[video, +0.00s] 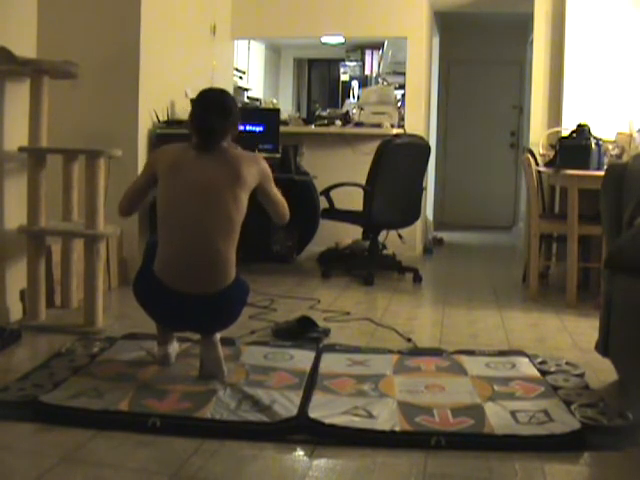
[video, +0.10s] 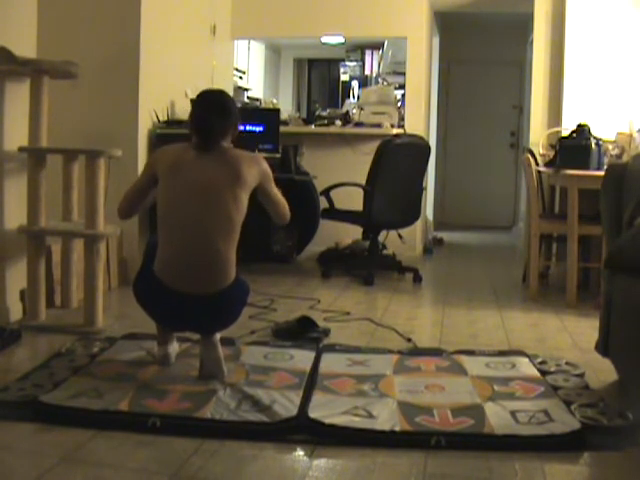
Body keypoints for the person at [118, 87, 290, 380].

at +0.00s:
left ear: (191, 122)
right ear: (234, 128)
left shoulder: (164, 157)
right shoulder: (251, 165)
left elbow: (125, 208)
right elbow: (282, 216)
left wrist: (156, 181)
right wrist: (260, 175)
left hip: (165, 308)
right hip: (218, 311)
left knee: (155, 242)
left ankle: (165, 345)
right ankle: (211, 342)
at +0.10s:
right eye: (235, 125)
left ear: (191, 123)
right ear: (234, 130)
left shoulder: (164, 158)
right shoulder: (251, 165)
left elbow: (124, 211)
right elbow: (283, 216)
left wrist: (157, 183)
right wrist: (262, 176)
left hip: (166, 308)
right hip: (218, 311)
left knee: (155, 241)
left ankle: (165, 345)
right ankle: (211, 342)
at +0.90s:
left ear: (196, 127)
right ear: (238, 136)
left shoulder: (168, 159)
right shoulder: (256, 169)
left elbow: (124, 210)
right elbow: (281, 232)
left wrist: (167, 195)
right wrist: (247, 205)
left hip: (166, 309)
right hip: (219, 312)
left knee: (153, 235)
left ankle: (164, 345)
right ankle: (210, 342)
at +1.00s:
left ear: (196, 125)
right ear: (238, 135)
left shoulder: (169, 156)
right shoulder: (256, 168)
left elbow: (124, 208)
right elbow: (276, 231)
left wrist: (167, 193)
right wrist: (247, 203)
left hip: (165, 308)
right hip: (216, 312)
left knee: (151, 236)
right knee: (237, 285)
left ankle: (163, 346)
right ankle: (209, 340)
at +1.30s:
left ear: (185, 123)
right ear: (226, 133)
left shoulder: (156, 154)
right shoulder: (243, 166)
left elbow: (111, 203)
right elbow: (242, 232)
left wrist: (151, 196)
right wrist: (210, 208)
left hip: (152, 301)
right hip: (203, 306)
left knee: (132, 269)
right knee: (224, 281)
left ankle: (152, 349)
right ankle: (204, 338)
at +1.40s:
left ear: (180, 124)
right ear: (220, 134)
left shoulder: (150, 155)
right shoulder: (235, 166)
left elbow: (104, 199)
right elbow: (240, 232)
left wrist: (140, 172)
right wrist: (210, 206)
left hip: (146, 304)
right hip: (197, 308)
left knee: (128, 272)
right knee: (220, 277)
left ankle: (150, 346)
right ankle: (205, 338)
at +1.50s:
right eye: (214, 121)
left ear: (174, 118)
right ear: (214, 128)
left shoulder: (143, 153)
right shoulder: (227, 162)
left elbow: (102, 183)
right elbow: (250, 228)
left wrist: (128, 155)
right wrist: (223, 191)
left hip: (142, 303)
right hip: (194, 305)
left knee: (128, 274)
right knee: (219, 279)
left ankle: (148, 341)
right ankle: (204, 336)